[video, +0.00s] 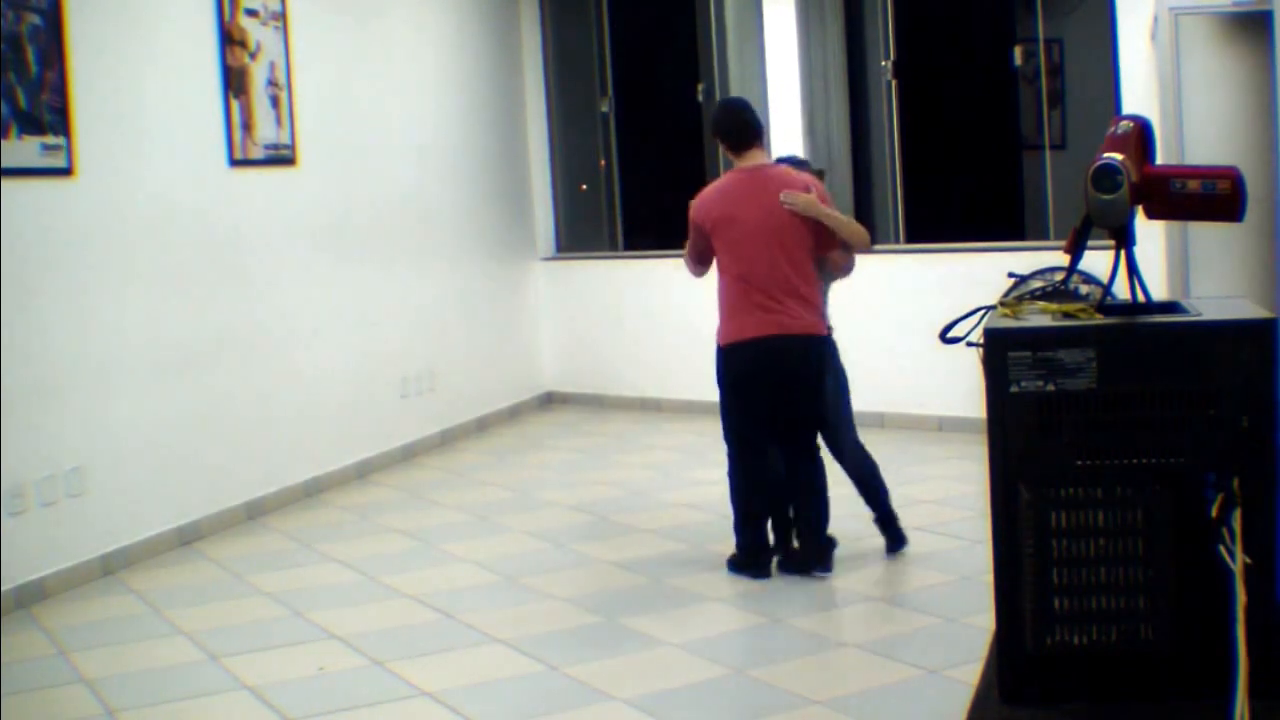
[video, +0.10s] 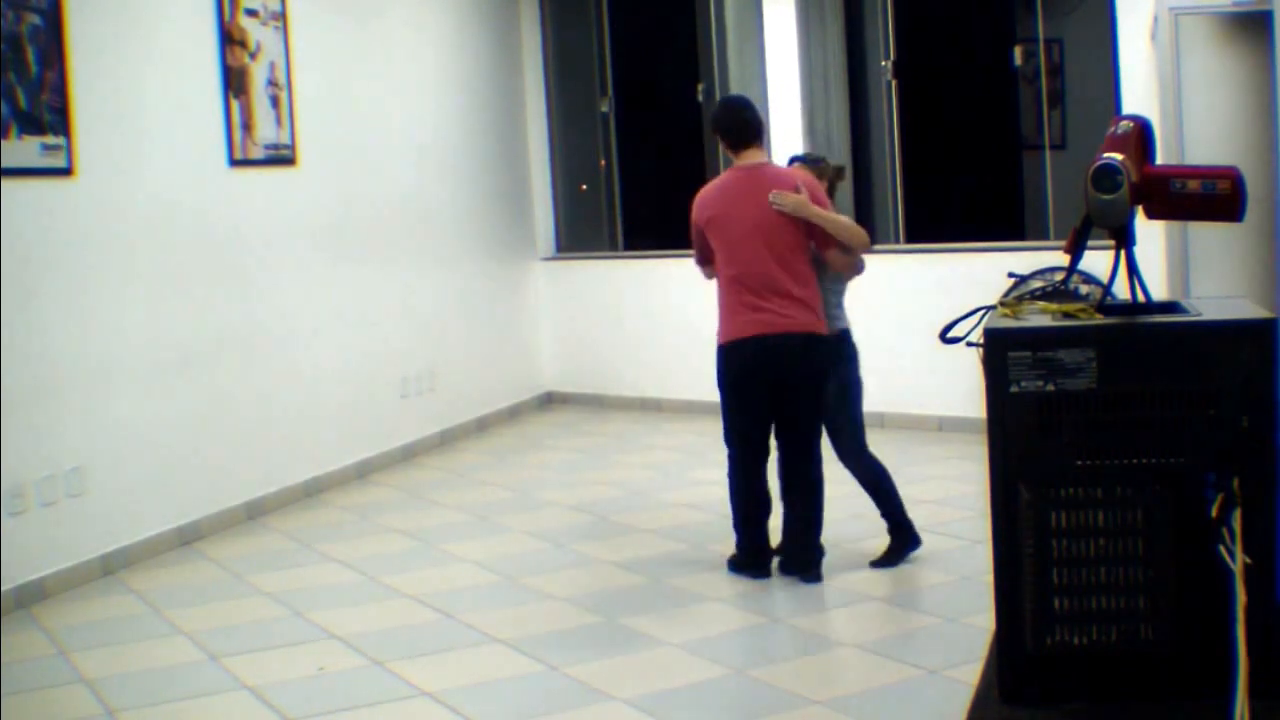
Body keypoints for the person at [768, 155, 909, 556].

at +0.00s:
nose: (796, 192)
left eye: (804, 183)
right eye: (787, 186)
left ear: (815, 187)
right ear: (773, 189)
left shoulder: (819, 224)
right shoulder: (761, 227)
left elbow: (862, 240)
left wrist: (818, 209)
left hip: (815, 343)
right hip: (772, 347)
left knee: (843, 443)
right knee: (777, 447)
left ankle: (888, 522)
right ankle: (784, 537)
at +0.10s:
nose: (802, 190)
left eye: (811, 184)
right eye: (797, 183)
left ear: (826, 189)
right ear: (789, 185)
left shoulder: (833, 226)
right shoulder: (779, 227)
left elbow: (861, 242)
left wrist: (809, 210)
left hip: (832, 344)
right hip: (794, 347)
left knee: (850, 450)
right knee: (796, 451)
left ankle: (903, 532)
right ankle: (797, 539)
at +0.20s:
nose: (803, 188)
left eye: (810, 181)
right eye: (801, 181)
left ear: (832, 187)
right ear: (817, 189)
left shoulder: (843, 224)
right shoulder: (802, 231)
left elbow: (858, 247)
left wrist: (802, 211)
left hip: (853, 350)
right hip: (816, 352)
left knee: (861, 455)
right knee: (806, 453)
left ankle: (913, 538)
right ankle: (804, 541)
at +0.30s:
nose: (814, 195)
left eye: (819, 187)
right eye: (812, 187)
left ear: (841, 189)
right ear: (829, 190)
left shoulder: (854, 228)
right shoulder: (824, 235)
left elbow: (849, 245)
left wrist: (795, 212)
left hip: (873, 352)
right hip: (846, 354)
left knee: (866, 453)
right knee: (827, 441)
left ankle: (916, 542)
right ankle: (850, 531)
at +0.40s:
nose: (821, 198)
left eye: (826, 190)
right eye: (820, 190)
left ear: (849, 190)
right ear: (851, 194)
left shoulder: (862, 229)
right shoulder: (867, 232)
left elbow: (843, 247)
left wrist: (790, 219)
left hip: (879, 352)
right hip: (882, 352)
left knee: (867, 448)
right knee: (864, 447)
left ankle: (916, 541)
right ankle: (910, 534)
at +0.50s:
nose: (828, 195)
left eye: (832, 187)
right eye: (828, 188)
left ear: (852, 188)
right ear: (864, 190)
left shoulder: (860, 224)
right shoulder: (885, 231)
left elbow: (847, 245)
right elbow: (877, 297)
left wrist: (791, 216)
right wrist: (831, 318)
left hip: (880, 352)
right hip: (910, 351)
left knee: (879, 451)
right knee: (897, 446)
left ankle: (919, 542)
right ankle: (952, 519)